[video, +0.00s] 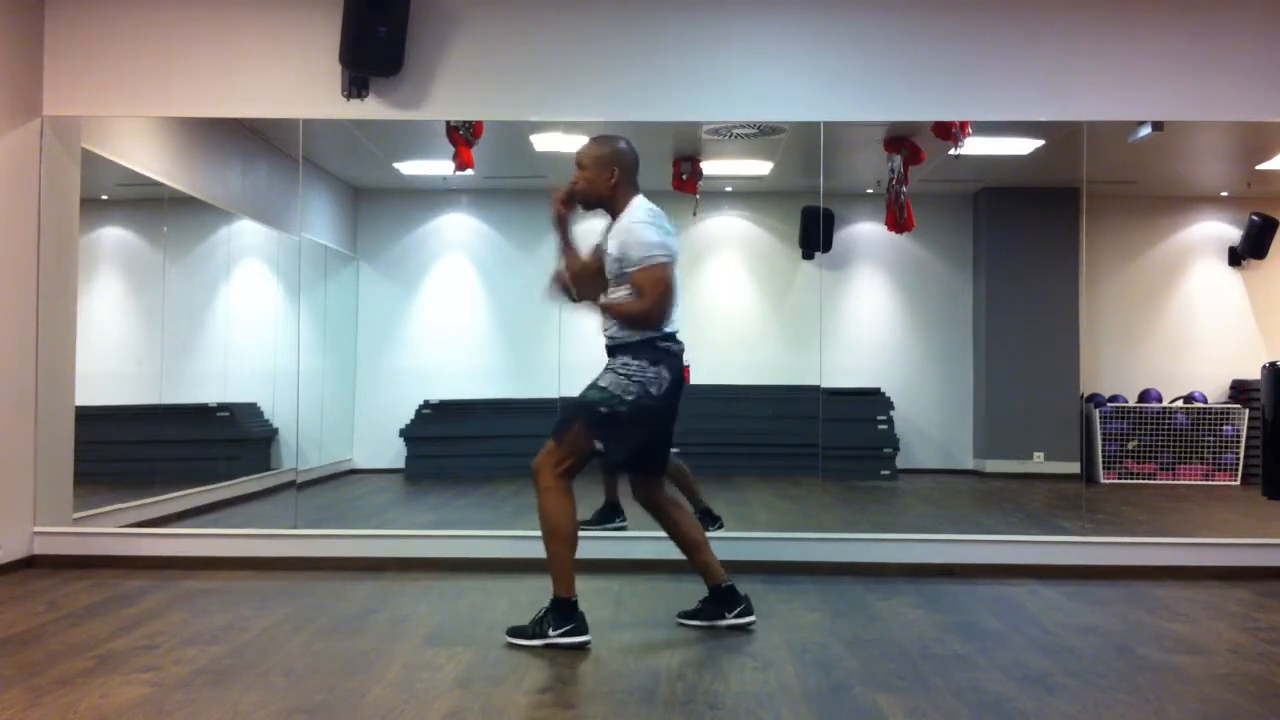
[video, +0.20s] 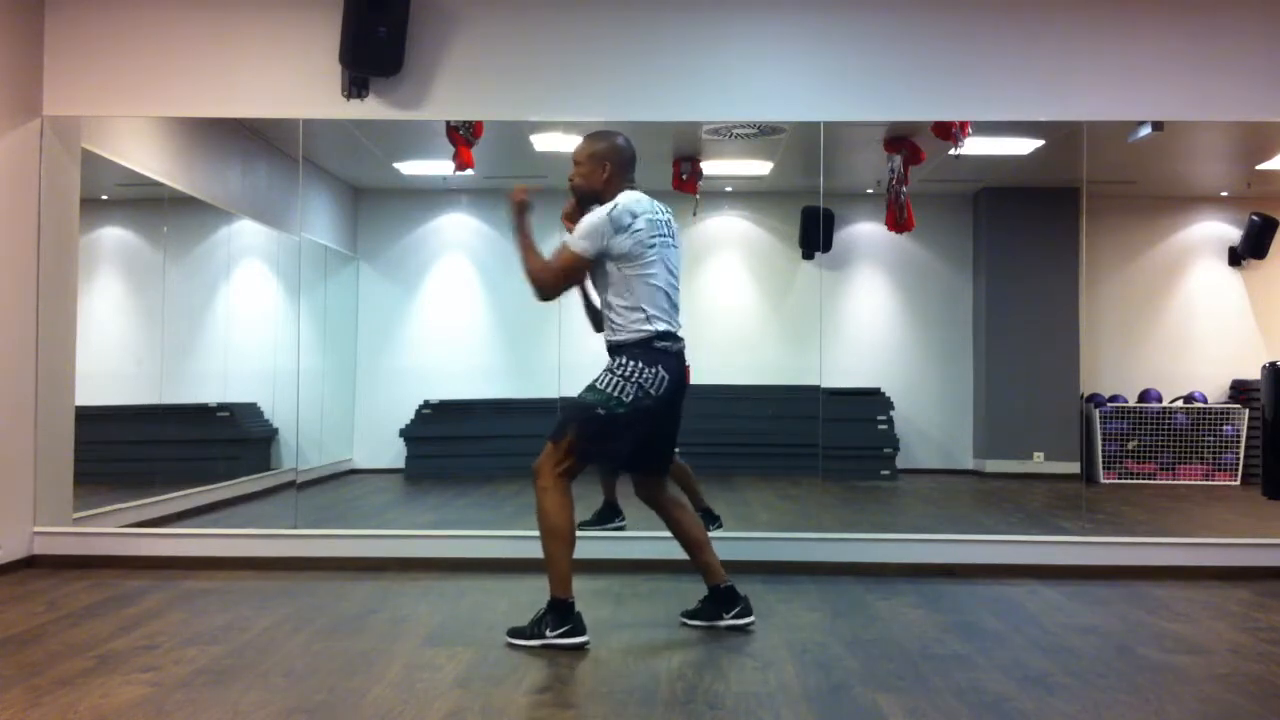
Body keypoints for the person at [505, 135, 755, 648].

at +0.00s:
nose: (575, 180)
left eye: (581, 170)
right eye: (576, 170)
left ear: (613, 175)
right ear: (615, 176)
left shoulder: (642, 223)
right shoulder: (621, 224)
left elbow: (651, 310)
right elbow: (584, 284)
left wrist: (591, 299)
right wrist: (563, 227)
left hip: (640, 368)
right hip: (647, 367)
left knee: (550, 469)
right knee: (649, 487)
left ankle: (564, 611)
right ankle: (724, 594)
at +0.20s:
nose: (571, 176)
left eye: (578, 166)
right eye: (573, 166)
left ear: (605, 170)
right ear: (619, 171)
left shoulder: (612, 215)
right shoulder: (658, 216)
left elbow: (545, 283)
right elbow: (610, 308)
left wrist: (522, 224)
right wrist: (577, 241)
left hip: (635, 365)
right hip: (667, 366)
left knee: (550, 470)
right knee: (651, 483)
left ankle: (561, 612)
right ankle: (724, 594)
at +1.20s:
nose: (559, 234)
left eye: (560, 225)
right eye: (558, 226)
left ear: (578, 217)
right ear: (605, 213)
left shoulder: (581, 253)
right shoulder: (654, 254)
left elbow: (554, 344)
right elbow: (652, 329)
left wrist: (548, 277)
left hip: (620, 397)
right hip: (663, 395)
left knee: (513, 473)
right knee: (633, 498)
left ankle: (516, 609)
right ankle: (715, 592)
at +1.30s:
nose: (528, 250)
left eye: (530, 238)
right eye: (526, 240)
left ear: (553, 231)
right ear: (570, 229)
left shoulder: (579, 267)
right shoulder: (613, 261)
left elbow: (554, 358)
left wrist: (523, 299)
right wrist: (542, 287)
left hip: (618, 412)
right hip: (647, 411)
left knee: (503, 475)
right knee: (607, 515)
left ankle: (516, 613)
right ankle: (708, 588)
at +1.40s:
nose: (501, 253)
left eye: (505, 242)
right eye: (499, 243)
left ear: (534, 240)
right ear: (537, 240)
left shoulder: (583, 278)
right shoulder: (552, 284)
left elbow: (562, 366)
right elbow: (528, 363)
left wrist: (515, 303)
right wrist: (506, 301)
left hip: (613, 413)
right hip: (605, 411)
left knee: (494, 475)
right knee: (578, 525)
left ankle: (517, 615)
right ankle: (692, 575)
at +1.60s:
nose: (474, 255)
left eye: (476, 244)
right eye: (471, 246)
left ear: (506, 241)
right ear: (514, 242)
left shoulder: (544, 286)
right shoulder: (557, 275)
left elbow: (510, 369)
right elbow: (515, 358)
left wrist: (480, 300)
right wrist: (482, 301)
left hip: (585, 412)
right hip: (602, 408)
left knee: (467, 483)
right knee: (525, 501)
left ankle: (514, 615)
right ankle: (616, 577)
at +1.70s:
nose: (475, 252)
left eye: (478, 241)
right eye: (473, 242)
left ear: (502, 238)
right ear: (523, 237)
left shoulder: (516, 278)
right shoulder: (565, 270)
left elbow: (487, 365)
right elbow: (534, 361)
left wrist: (468, 296)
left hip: (566, 412)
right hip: (604, 408)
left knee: (450, 491)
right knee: (523, 498)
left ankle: (510, 612)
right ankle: (607, 586)